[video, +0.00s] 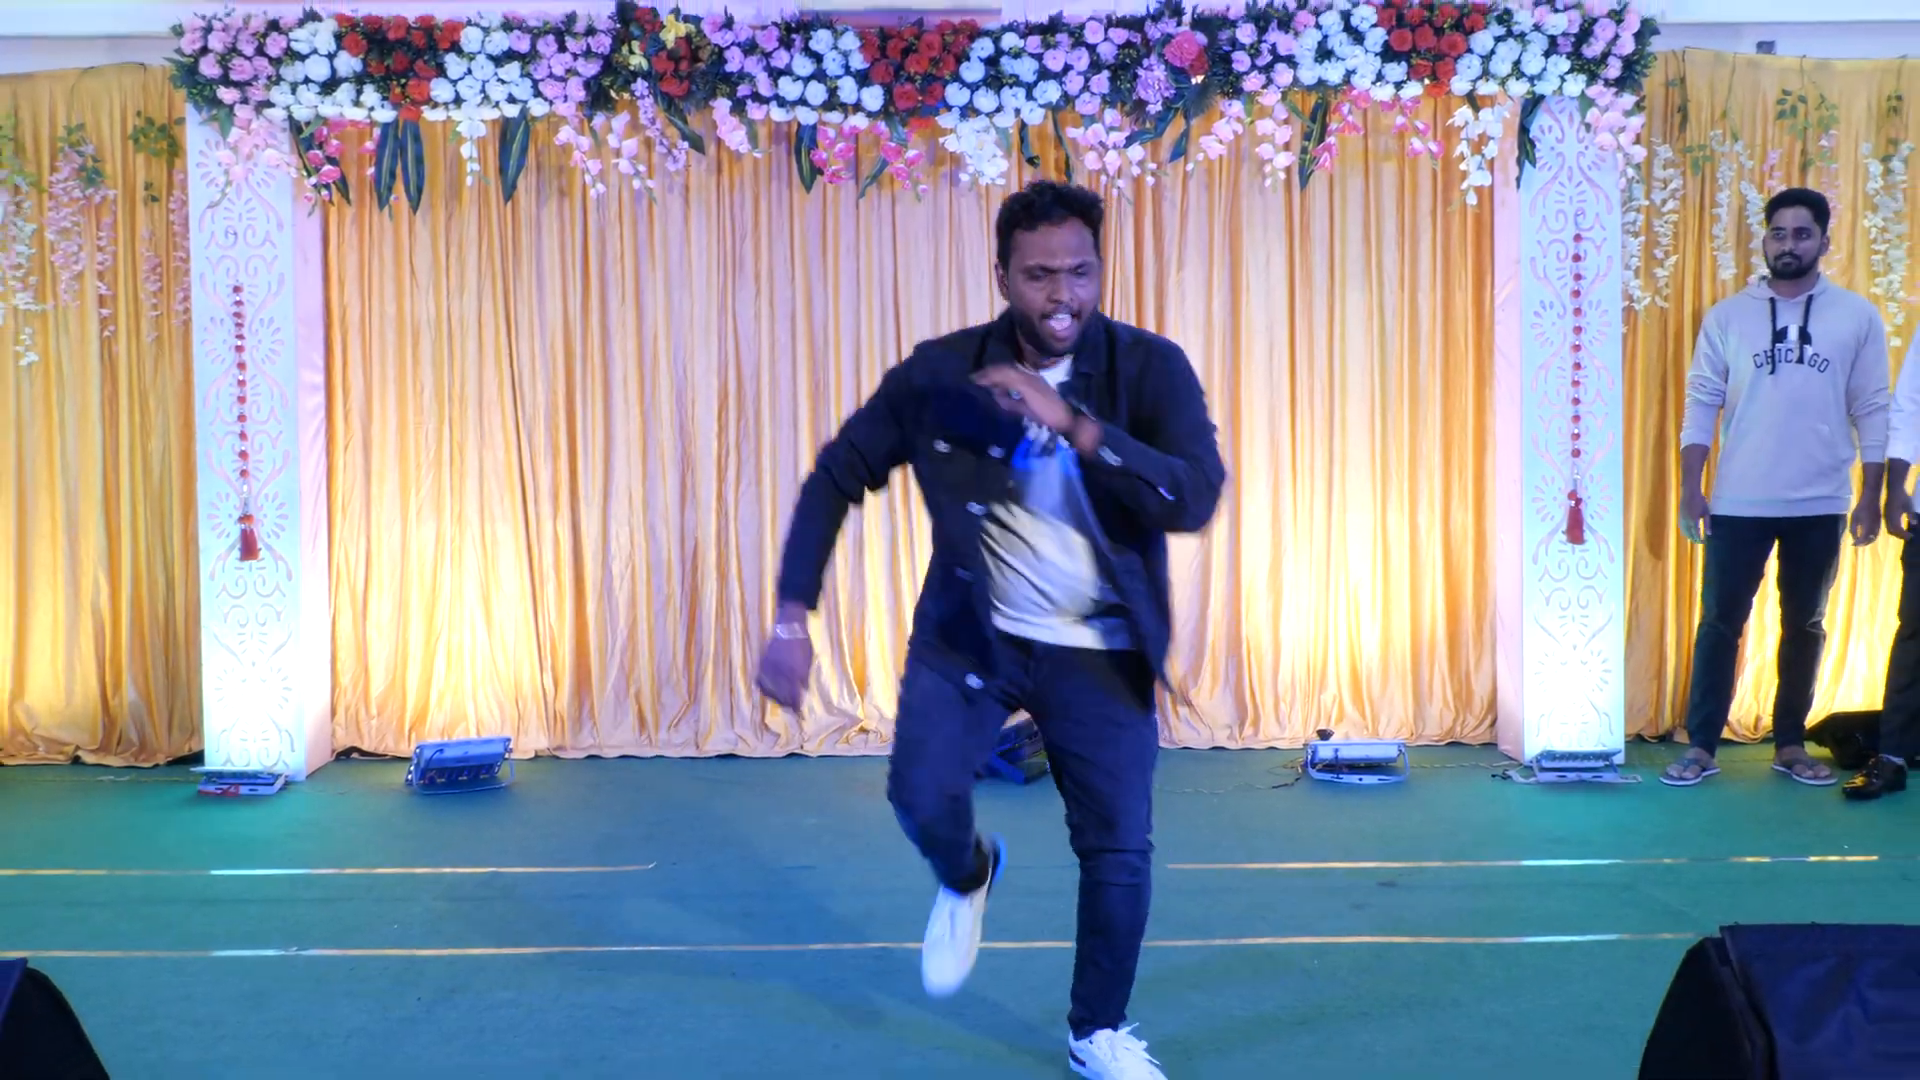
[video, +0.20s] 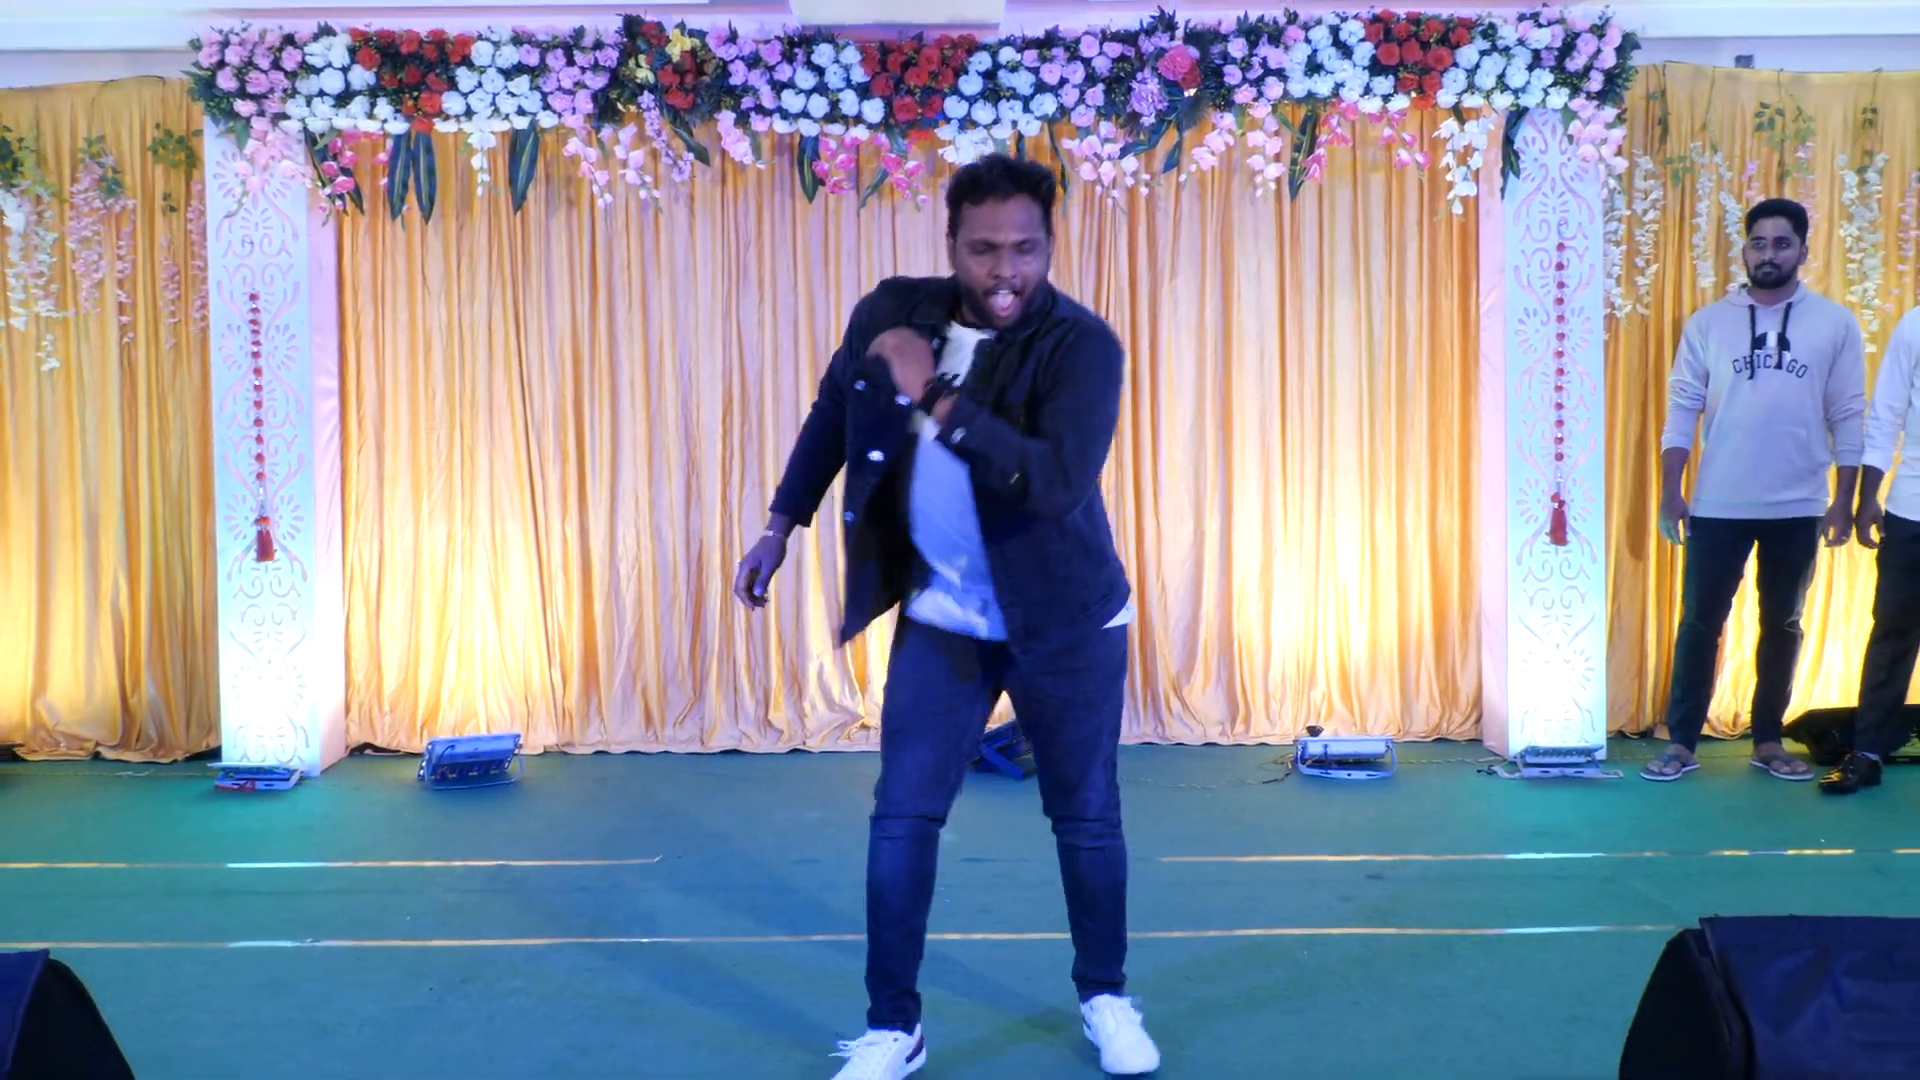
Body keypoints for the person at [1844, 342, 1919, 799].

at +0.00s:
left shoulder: (1916, 340)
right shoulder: (1919, 337)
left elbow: (1906, 402)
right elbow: (1908, 400)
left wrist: (1898, 482)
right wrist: (1896, 482)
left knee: (1911, 635)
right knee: (1911, 634)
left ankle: (1894, 753)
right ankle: (1892, 754)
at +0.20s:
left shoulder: (1909, 329)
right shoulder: (1912, 327)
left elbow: (1886, 412)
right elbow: (1886, 411)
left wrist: (1870, 492)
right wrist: (1869, 490)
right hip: (1909, 508)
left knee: (1896, 632)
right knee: (1893, 631)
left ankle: (1870, 750)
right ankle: (1868, 751)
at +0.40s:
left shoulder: (1896, 330)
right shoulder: (1898, 329)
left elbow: (1864, 414)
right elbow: (1864, 413)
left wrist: (1843, 491)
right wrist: (1843, 492)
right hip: (1892, 504)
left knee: (1872, 629)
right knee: (1868, 628)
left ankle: (1843, 746)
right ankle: (1843, 748)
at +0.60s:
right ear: (1913, 278)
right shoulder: (1877, 334)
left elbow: (1840, 416)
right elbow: (1841, 417)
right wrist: (1820, 494)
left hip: (1918, 504)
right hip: (1866, 499)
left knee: (1919, 633)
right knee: (1841, 625)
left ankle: (1914, 747)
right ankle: (1821, 743)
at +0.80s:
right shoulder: (1879, 333)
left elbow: (1840, 415)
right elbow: (1841, 415)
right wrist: (1819, 492)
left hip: (1917, 505)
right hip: (1865, 499)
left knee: (1919, 634)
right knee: (1839, 626)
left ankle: (1914, 746)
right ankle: (1819, 744)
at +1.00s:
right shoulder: (1879, 334)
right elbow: (1842, 416)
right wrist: (1821, 490)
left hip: (1916, 502)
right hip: (1865, 496)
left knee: (1918, 632)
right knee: (1839, 624)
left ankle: (1914, 745)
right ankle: (1819, 744)